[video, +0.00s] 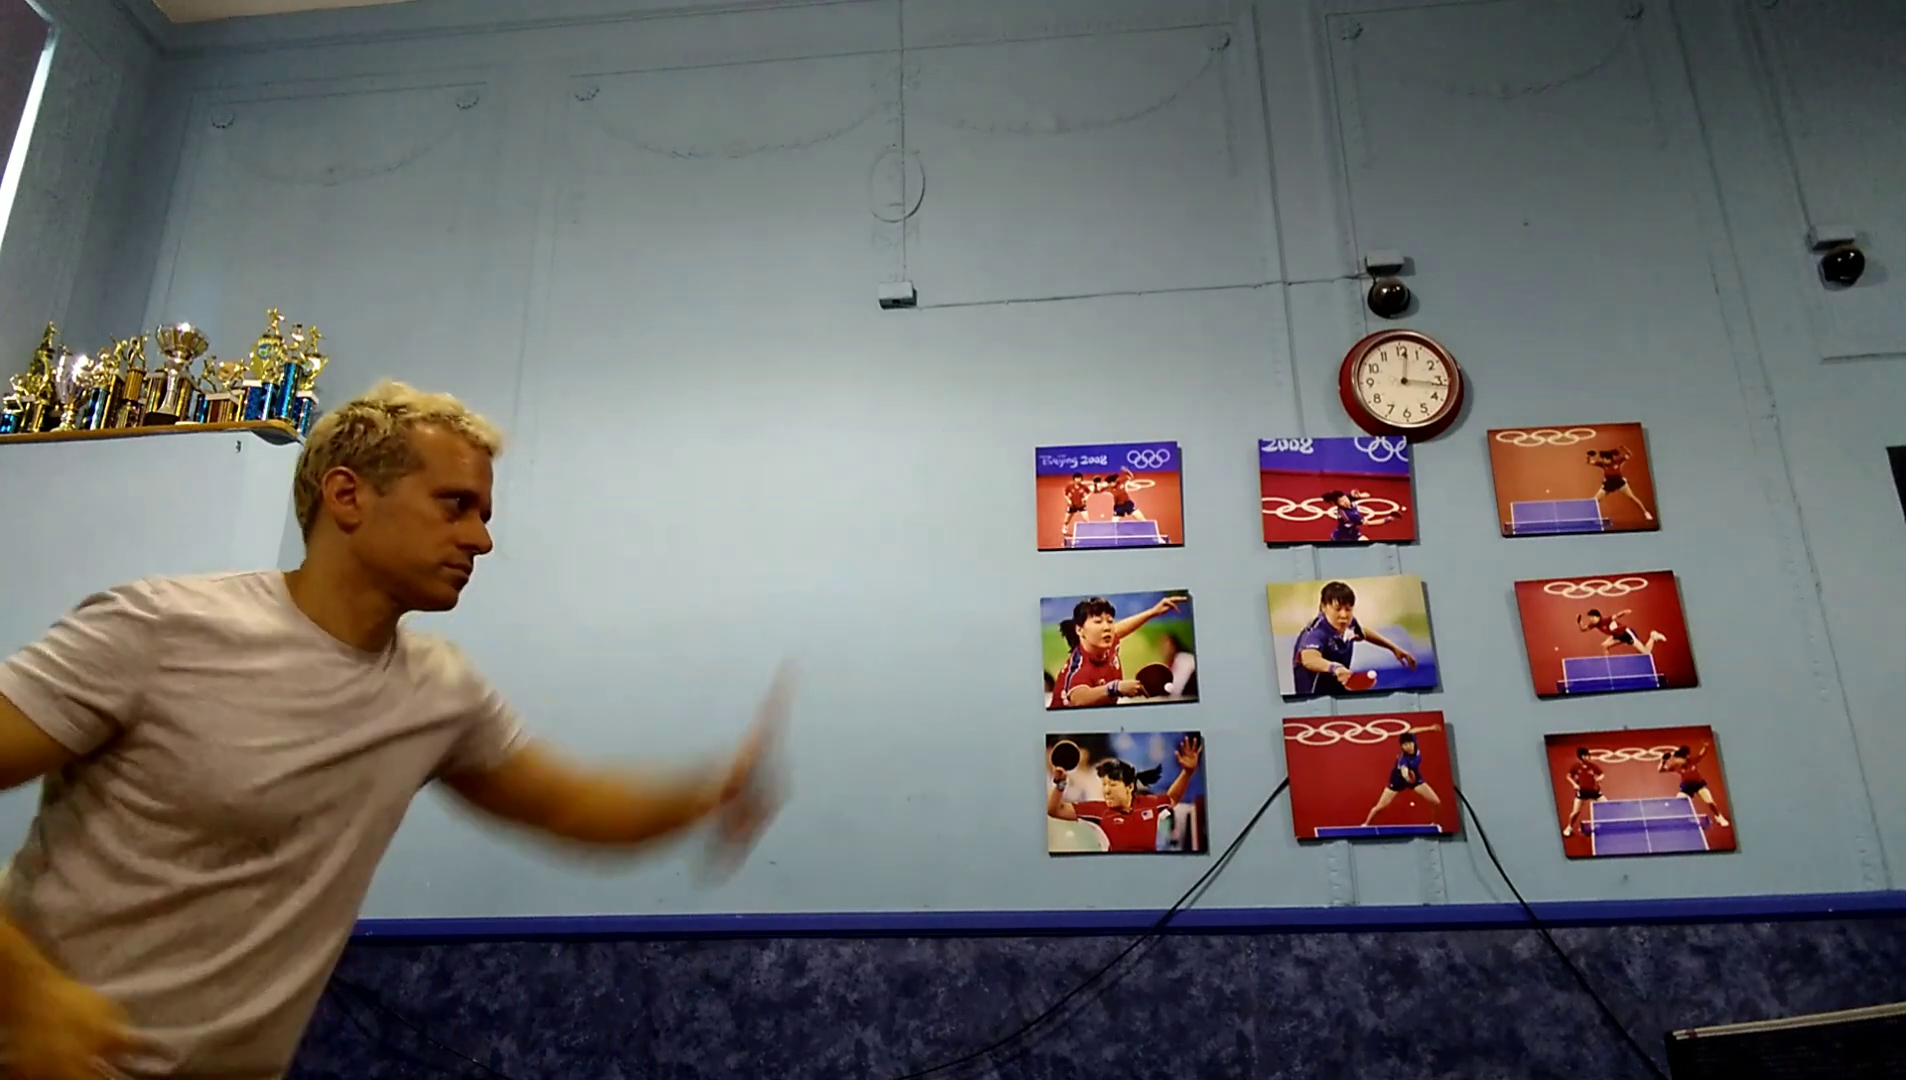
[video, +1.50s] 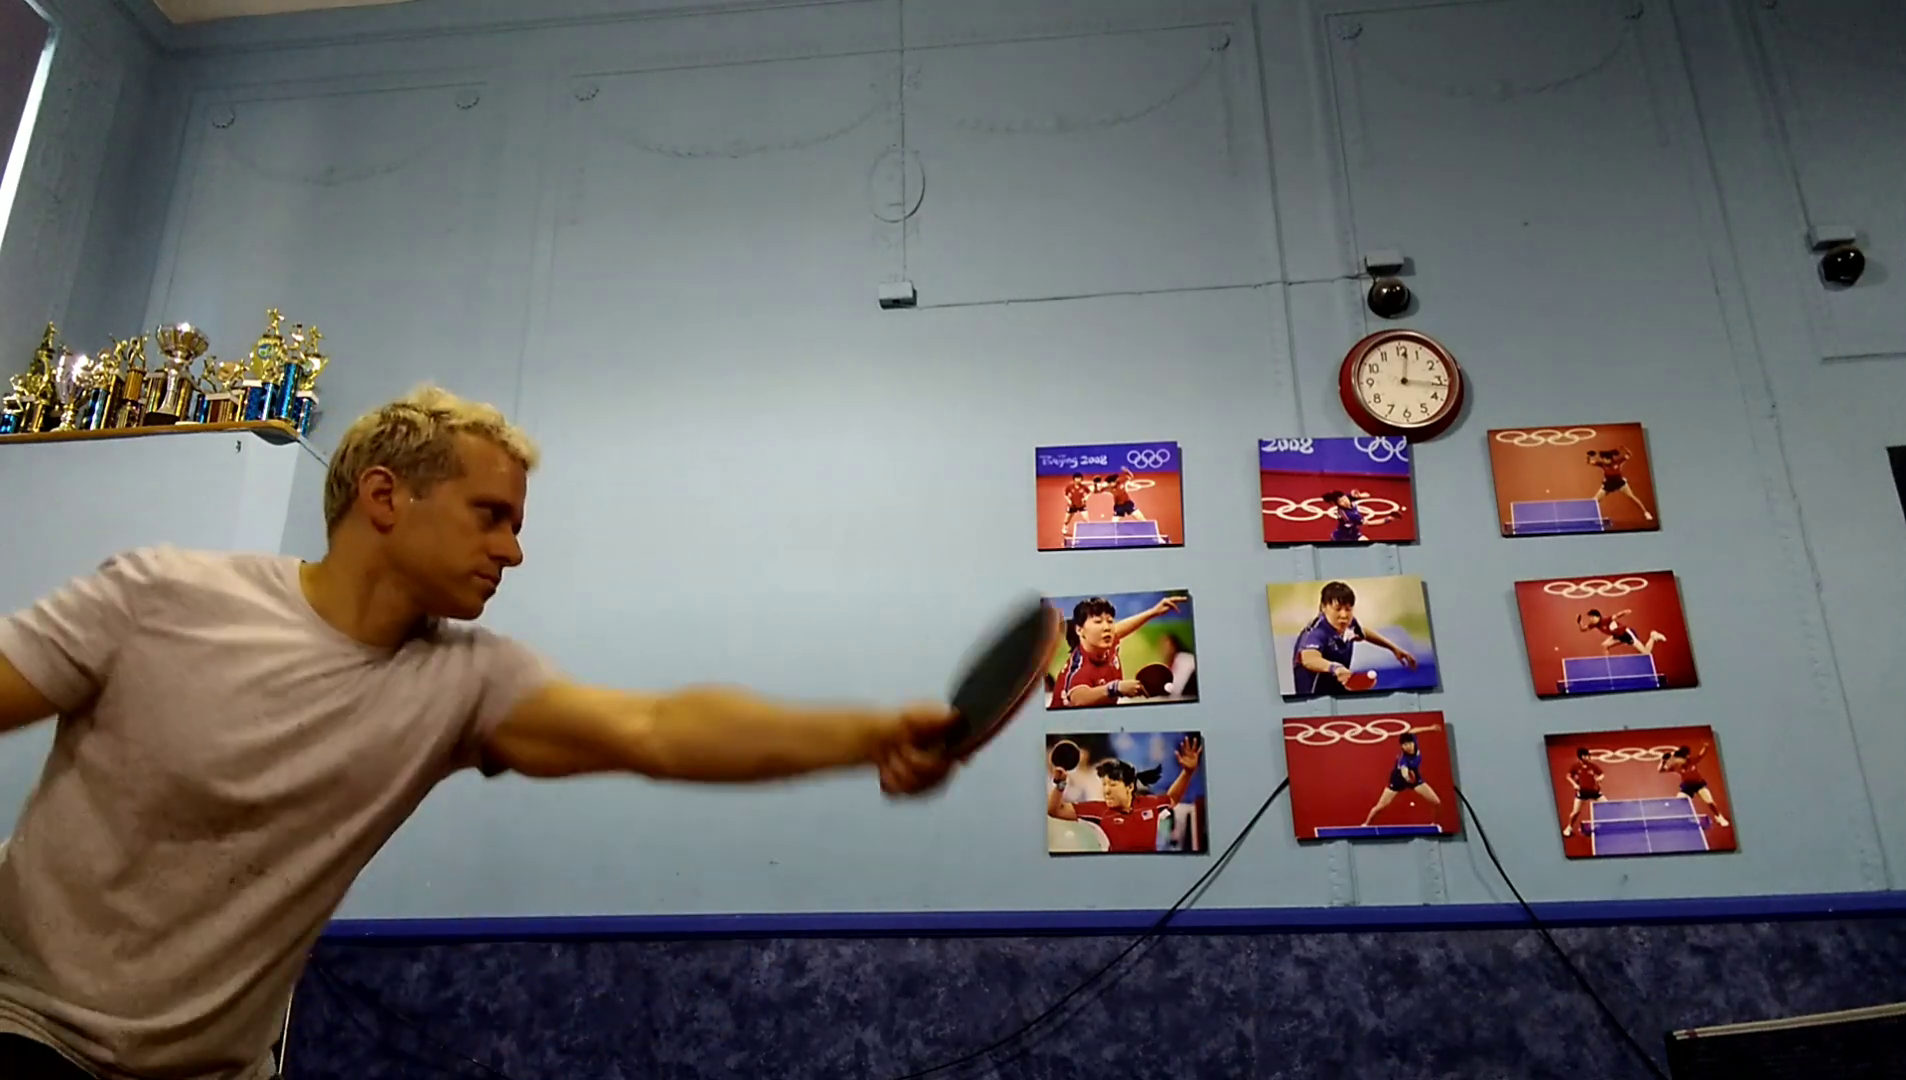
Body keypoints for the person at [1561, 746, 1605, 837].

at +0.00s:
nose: (1588, 758)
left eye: (1588, 755)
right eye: (1586, 756)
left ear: (1588, 756)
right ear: (1581, 757)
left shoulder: (1592, 766)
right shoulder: (1576, 766)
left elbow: (1602, 774)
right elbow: (1569, 776)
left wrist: (1598, 779)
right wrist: (1574, 784)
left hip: (1594, 791)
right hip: (1582, 791)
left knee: (1607, 806)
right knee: (1576, 812)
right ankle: (1569, 827)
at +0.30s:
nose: (1588, 758)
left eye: (1588, 755)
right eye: (1586, 756)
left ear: (1588, 756)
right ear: (1581, 757)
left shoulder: (1592, 766)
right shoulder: (1576, 766)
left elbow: (1602, 774)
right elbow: (1569, 776)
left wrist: (1598, 779)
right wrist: (1574, 784)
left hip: (1594, 791)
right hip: (1582, 791)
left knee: (1607, 806)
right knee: (1576, 812)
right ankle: (1569, 827)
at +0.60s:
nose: (1587, 758)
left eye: (1588, 755)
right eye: (1585, 756)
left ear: (1588, 756)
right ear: (1581, 757)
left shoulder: (1592, 766)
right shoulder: (1576, 766)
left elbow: (1602, 774)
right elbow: (1569, 776)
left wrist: (1598, 779)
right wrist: (1574, 784)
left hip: (1594, 791)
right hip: (1582, 791)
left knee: (1607, 806)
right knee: (1576, 812)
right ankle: (1569, 827)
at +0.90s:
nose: (1588, 758)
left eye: (1588, 755)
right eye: (1586, 756)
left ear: (1588, 756)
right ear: (1581, 757)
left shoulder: (1592, 766)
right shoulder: (1576, 766)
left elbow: (1602, 774)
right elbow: (1568, 776)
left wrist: (1598, 779)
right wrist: (1574, 784)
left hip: (1594, 791)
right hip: (1582, 791)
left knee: (1607, 806)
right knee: (1576, 812)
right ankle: (1569, 827)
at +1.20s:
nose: (1588, 758)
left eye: (1588, 755)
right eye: (1586, 756)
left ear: (1588, 756)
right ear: (1581, 757)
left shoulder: (1592, 766)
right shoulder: (1576, 766)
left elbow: (1602, 774)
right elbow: (1568, 776)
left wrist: (1598, 779)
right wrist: (1574, 784)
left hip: (1594, 791)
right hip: (1582, 791)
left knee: (1607, 806)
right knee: (1575, 812)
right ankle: (1569, 827)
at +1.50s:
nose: (1588, 758)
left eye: (1588, 755)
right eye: (1586, 756)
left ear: (1588, 756)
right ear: (1581, 757)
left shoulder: (1592, 766)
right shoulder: (1576, 767)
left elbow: (1602, 774)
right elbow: (1568, 776)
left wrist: (1598, 779)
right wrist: (1574, 784)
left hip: (1594, 791)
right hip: (1582, 791)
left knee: (1607, 806)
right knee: (1575, 812)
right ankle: (1569, 827)